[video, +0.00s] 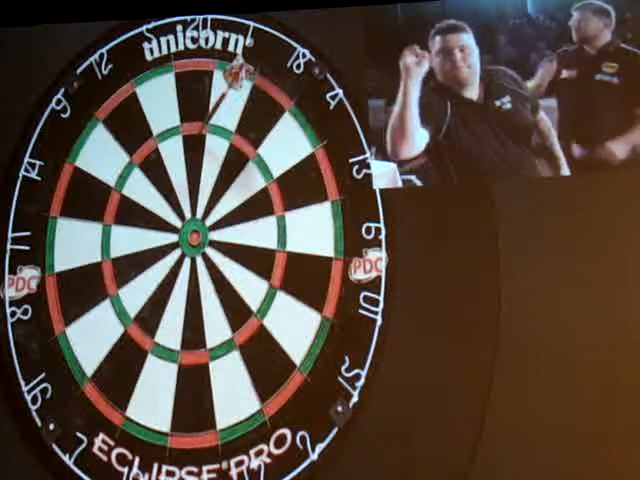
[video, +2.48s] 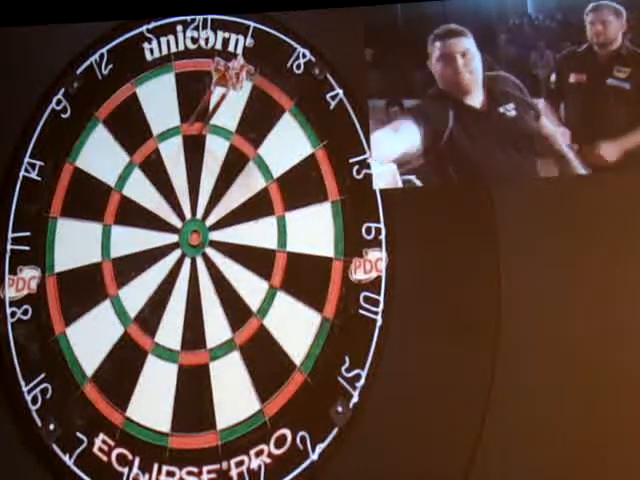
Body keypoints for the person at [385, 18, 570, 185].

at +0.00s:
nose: (457, 59)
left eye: (463, 49)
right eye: (446, 54)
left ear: (477, 53)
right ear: (432, 62)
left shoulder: (503, 80)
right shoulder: (433, 101)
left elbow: (539, 122)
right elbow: (401, 152)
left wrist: (563, 171)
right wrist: (410, 80)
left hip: (534, 195)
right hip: (476, 207)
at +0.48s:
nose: (461, 62)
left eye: (467, 51)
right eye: (448, 56)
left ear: (480, 54)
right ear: (433, 65)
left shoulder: (503, 81)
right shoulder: (434, 104)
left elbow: (540, 128)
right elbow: (404, 142)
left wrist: (564, 172)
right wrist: (385, 169)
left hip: (531, 201)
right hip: (471, 211)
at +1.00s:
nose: (460, 65)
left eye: (467, 54)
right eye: (447, 59)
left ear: (479, 56)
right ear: (432, 66)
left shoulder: (504, 82)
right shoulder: (427, 118)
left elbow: (541, 126)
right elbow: (436, 193)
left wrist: (556, 179)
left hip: (540, 199)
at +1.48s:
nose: (463, 57)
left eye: (470, 48)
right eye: (451, 51)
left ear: (483, 51)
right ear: (436, 59)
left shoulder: (507, 81)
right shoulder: (430, 107)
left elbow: (545, 131)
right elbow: (404, 173)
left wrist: (567, 180)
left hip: (530, 203)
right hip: (468, 215)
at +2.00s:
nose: (457, 58)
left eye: (464, 49)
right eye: (446, 52)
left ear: (477, 52)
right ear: (432, 61)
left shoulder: (503, 81)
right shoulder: (432, 102)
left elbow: (543, 128)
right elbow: (399, 151)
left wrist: (568, 177)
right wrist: (404, 79)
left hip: (530, 200)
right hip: (473, 210)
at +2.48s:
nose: (459, 65)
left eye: (465, 55)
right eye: (446, 59)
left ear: (479, 58)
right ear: (432, 68)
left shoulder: (505, 87)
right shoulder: (436, 110)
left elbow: (546, 130)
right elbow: (402, 135)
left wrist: (576, 171)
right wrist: (366, 153)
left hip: (527, 203)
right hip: (469, 211)